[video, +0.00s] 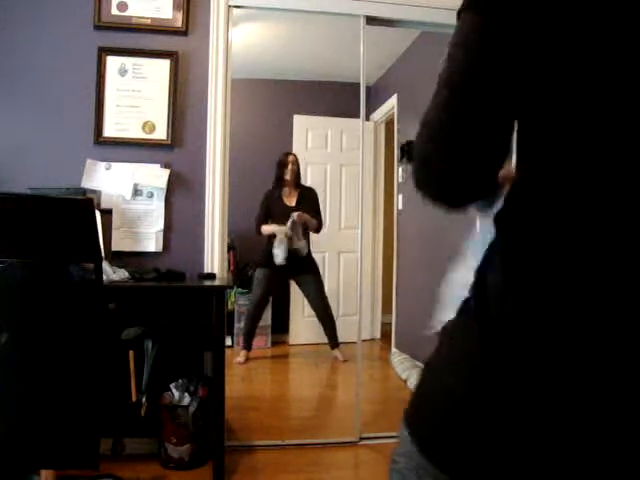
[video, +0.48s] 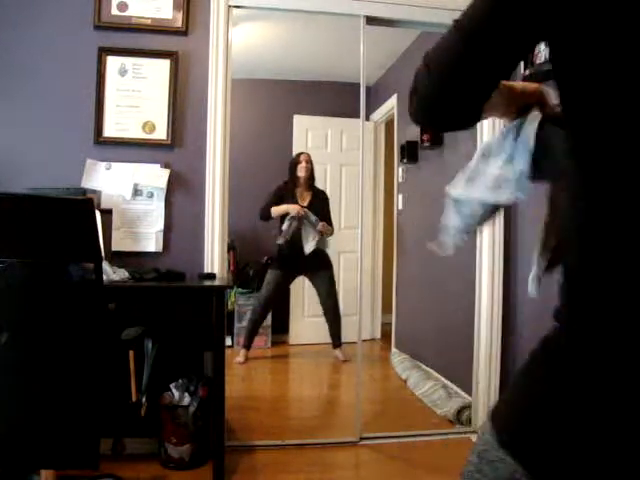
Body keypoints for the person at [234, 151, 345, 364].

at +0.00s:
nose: (291, 167)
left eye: (294, 164)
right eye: (288, 164)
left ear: (299, 168)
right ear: (281, 168)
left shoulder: (308, 194)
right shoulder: (272, 195)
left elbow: (317, 227)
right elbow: (261, 227)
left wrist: (304, 219)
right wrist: (276, 229)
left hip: (300, 255)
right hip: (273, 256)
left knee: (320, 302)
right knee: (257, 301)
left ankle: (335, 346)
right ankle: (245, 348)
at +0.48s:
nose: (305, 165)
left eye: (308, 162)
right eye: (301, 162)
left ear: (312, 168)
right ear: (293, 168)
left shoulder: (320, 196)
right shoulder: (284, 190)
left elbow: (329, 229)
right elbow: (264, 213)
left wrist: (325, 229)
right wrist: (288, 208)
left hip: (315, 256)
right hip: (287, 256)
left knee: (329, 300)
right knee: (265, 299)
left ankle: (337, 347)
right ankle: (245, 348)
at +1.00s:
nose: (301, 167)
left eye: (304, 164)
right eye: (297, 164)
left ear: (309, 169)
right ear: (290, 169)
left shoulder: (317, 197)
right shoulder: (279, 193)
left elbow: (333, 226)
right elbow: (260, 219)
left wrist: (317, 232)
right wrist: (281, 221)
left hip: (305, 257)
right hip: (277, 257)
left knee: (327, 299)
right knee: (262, 300)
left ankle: (337, 347)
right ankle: (243, 348)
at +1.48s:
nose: (295, 175)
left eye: (298, 172)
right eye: (291, 171)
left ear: (302, 176)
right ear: (284, 176)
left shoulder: (311, 203)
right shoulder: (274, 202)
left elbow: (326, 234)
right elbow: (254, 230)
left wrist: (312, 240)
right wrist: (271, 231)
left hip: (301, 263)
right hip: (273, 264)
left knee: (334, 301)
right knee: (247, 302)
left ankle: (338, 348)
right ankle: (240, 350)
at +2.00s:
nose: (305, 184)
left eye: (309, 181)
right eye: (301, 180)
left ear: (313, 185)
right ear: (294, 185)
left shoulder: (320, 213)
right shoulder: (284, 210)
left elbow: (334, 242)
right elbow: (265, 238)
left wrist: (329, 247)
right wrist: (278, 242)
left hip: (309, 272)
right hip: (280, 272)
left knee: (344, 303)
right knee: (245, 300)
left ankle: (342, 347)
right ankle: (238, 350)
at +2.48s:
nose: (298, 187)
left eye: (301, 183)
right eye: (294, 183)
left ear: (306, 188)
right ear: (287, 187)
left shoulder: (314, 216)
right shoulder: (275, 215)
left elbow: (319, 248)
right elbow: (262, 247)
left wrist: (330, 233)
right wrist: (260, 229)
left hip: (306, 275)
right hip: (276, 275)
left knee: (344, 303)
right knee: (241, 304)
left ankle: (343, 347)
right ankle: (238, 350)